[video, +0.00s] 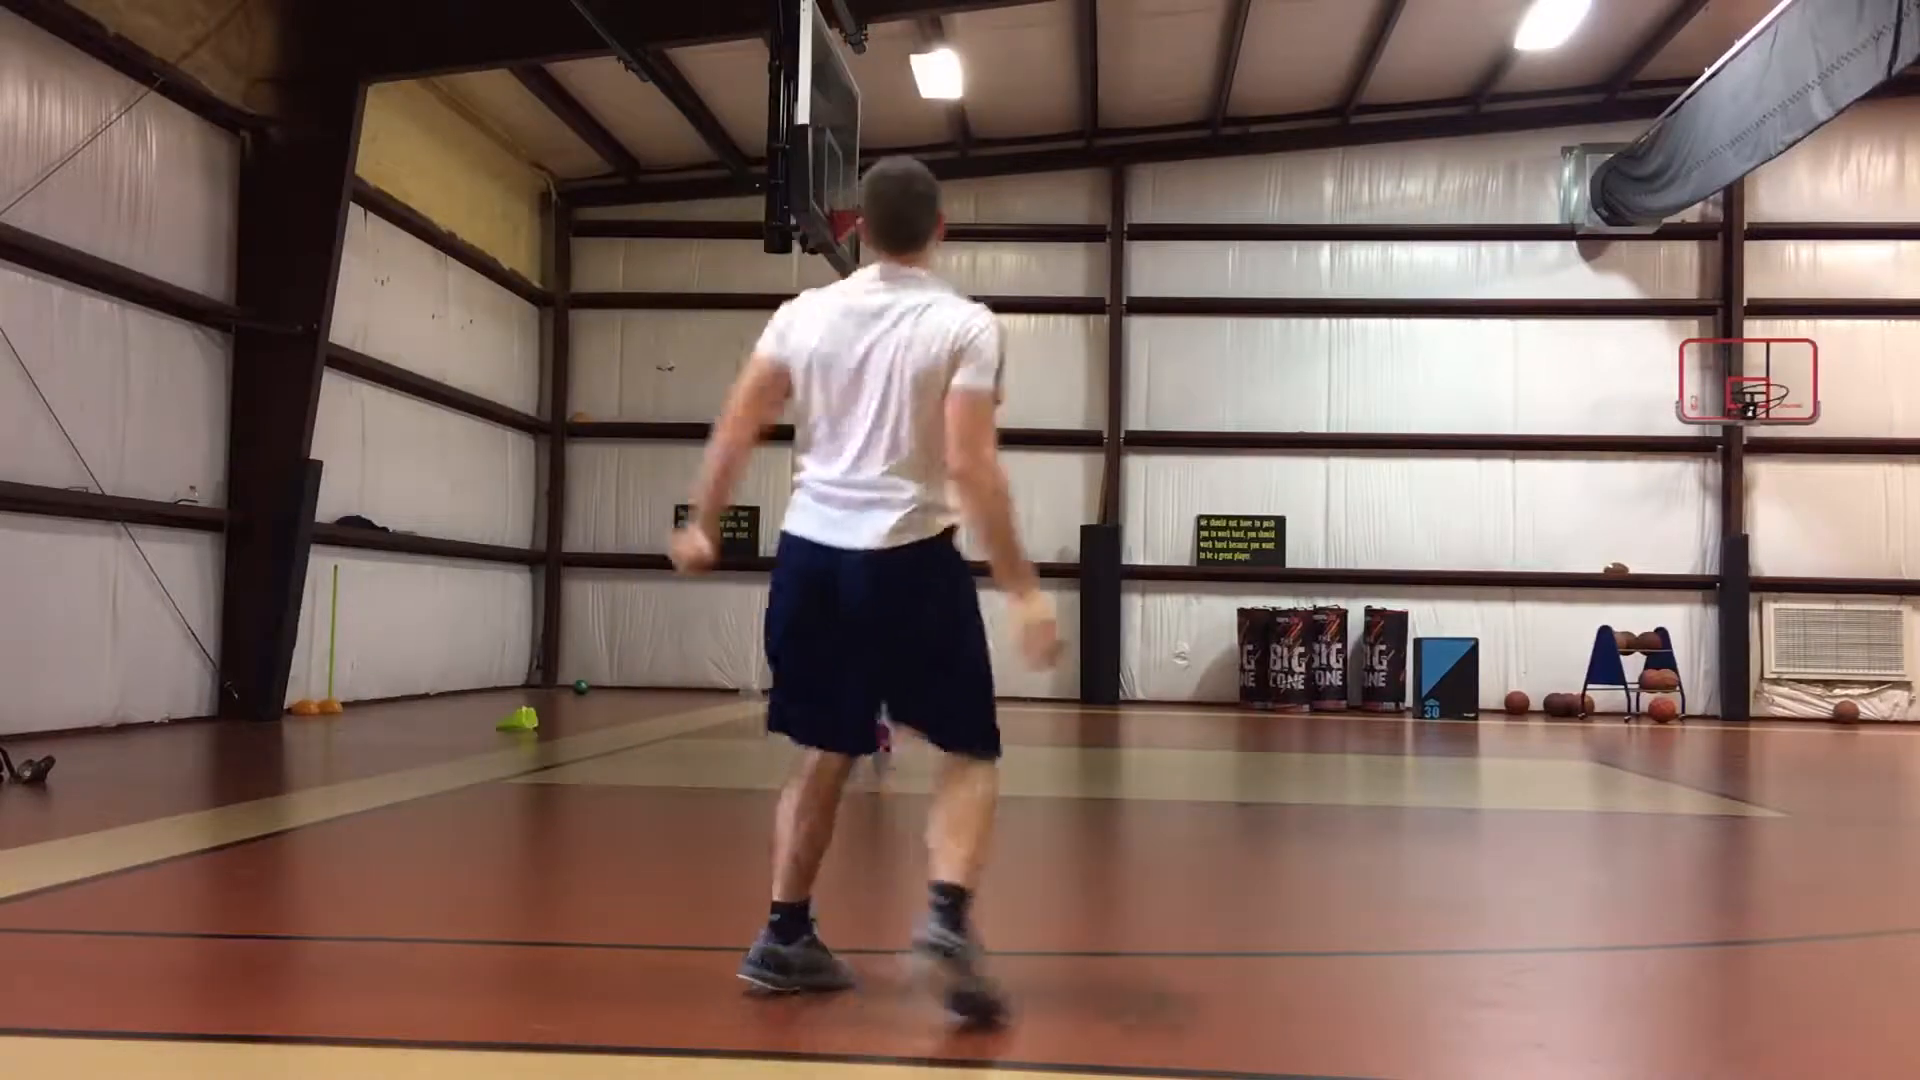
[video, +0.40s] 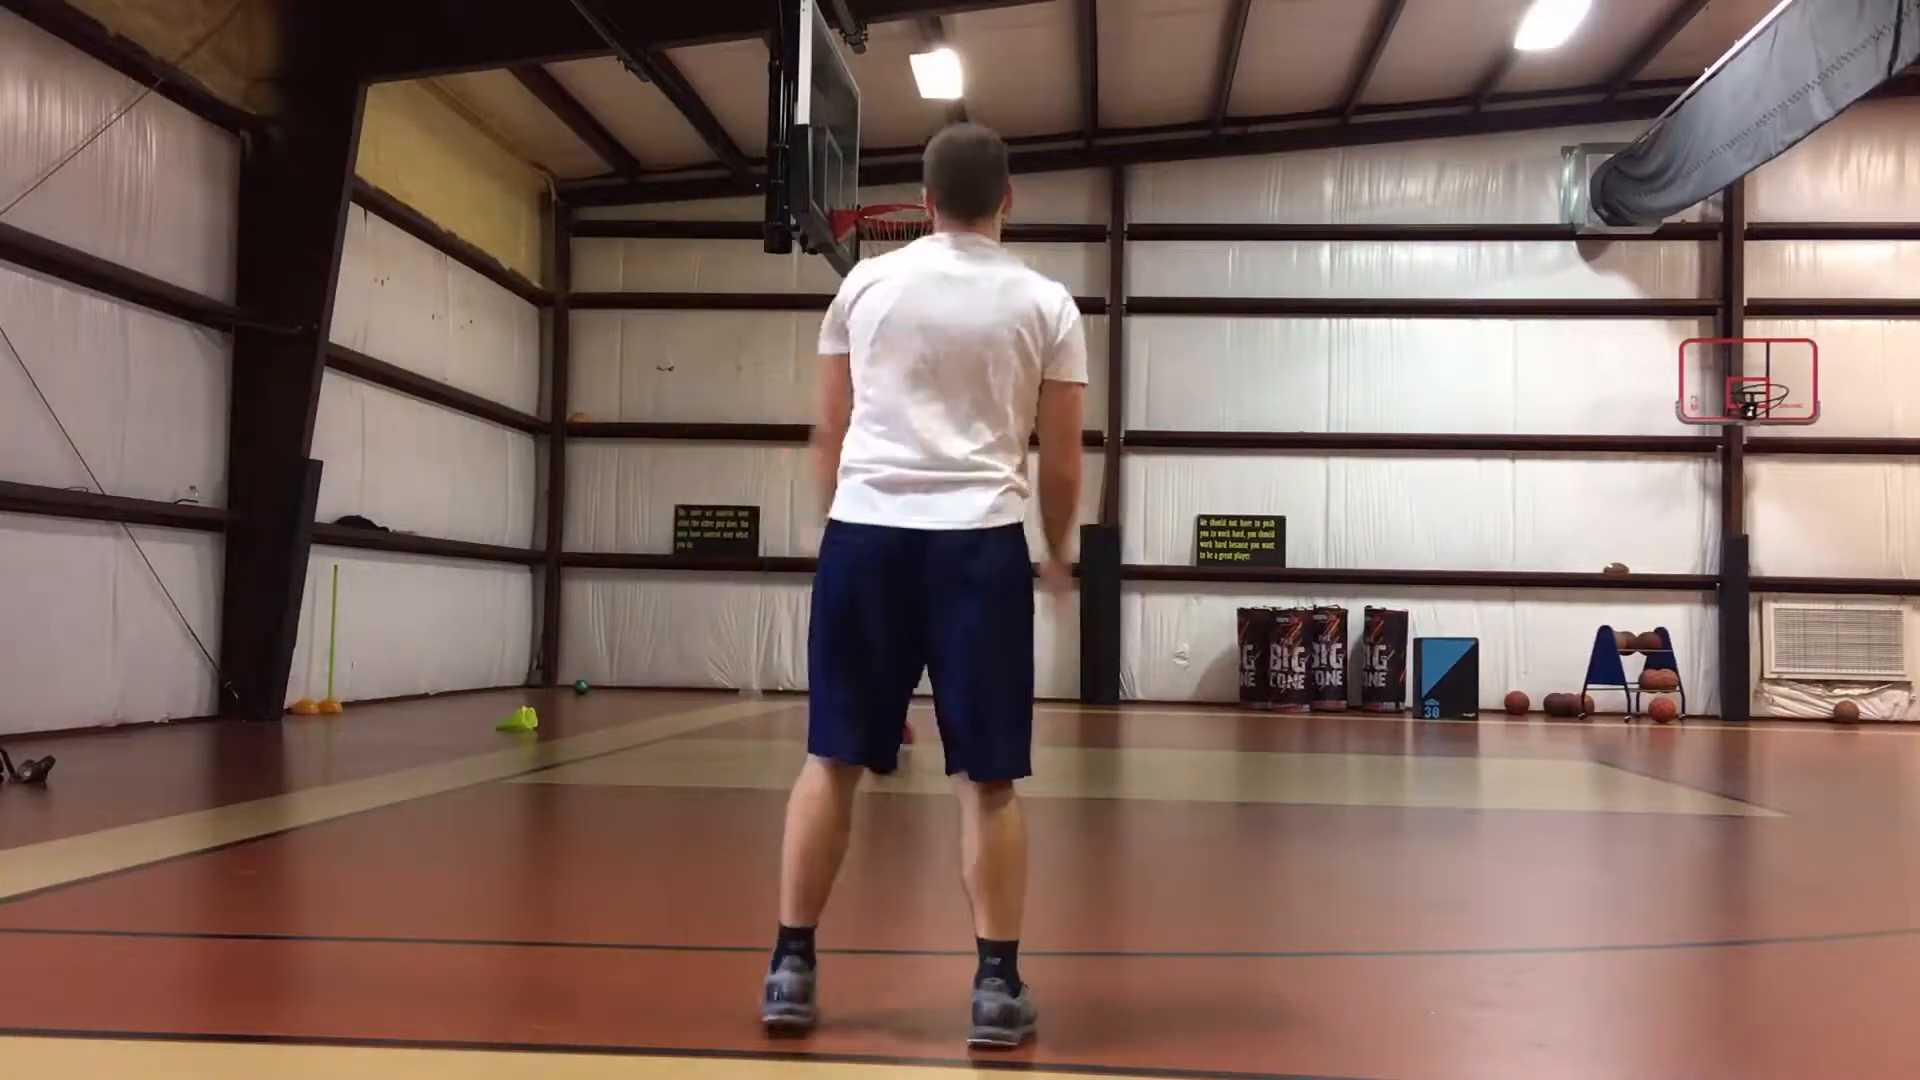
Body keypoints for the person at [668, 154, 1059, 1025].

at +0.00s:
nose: (942, 232)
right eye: (945, 222)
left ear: (862, 230)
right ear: (941, 229)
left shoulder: (803, 315)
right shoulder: (966, 327)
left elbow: (736, 428)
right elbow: (969, 464)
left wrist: (703, 521)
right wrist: (1025, 591)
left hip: (811, 568)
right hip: (913, 575)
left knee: (823, 748)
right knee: (970, 752)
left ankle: (784, 936)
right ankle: (945, 921)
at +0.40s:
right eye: (1007, 193)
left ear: (926, 198)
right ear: (1008, 201)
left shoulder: (862, 288)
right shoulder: (1045, 304)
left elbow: (831, 433)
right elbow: (1062, 459)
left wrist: (840, 529)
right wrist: (1060, 553)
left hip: (864, 548)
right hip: (984, 553)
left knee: (832, 757)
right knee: (990, 778)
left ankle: (791, 965)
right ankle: (997, 986)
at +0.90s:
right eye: (882, 163)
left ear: (789, 173)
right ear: (878, 169)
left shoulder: (729, 274)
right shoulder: (925, 262)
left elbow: (718, 443)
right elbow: (952, 416)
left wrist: (755, 535)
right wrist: (1015, 526)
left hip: (757, 557)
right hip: (889, 558)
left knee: (769, 790)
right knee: (920, 780)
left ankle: (774, 1027)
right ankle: (948, 998)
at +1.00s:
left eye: (775, 153)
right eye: (856, 151)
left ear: (765, 160)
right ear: (860, 155)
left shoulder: (710, 262)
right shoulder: (904, 250)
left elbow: (675, 432)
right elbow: (931, 407)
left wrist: (642, 558)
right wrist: (978, 529)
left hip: (738, 556)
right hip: (871, 555)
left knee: (760, 790)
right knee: (892, 779)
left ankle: (772, 1030)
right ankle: (866, 988)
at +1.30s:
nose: (847, 161)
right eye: (848, 148)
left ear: (742, 142)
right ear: (837, 147)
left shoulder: (661, 232)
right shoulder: (868, 247)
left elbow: (587, 366)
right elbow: (934, 417)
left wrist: (524, 508)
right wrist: (960, 515)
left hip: (644, 521)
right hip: (776, 523)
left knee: (694, 783)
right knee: (739, 800)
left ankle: (735, 1020)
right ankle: (691, 1052)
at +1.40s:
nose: (790, 150)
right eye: (795, 137)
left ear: (688, 131)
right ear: (788, 138)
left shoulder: (606, 213)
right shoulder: (822, 239)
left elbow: (524, 357)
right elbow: (891, 427)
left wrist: (516, 507)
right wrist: (931, 568)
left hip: (587, 517)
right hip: (729, 523)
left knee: (572, 791)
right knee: (691, 810)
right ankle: (681, 1063)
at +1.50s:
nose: (653, 133)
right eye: (656, 118)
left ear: (551, 115)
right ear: (648, 121)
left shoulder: (464, 213)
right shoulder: (690, 230)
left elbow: (394, 376)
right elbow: (734, 398)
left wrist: (421, 522)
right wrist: (784, 563)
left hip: (465, 539)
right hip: (619, 547)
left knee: (388, 808)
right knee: (638, 826)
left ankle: (296, 1060)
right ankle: (672, 1066)